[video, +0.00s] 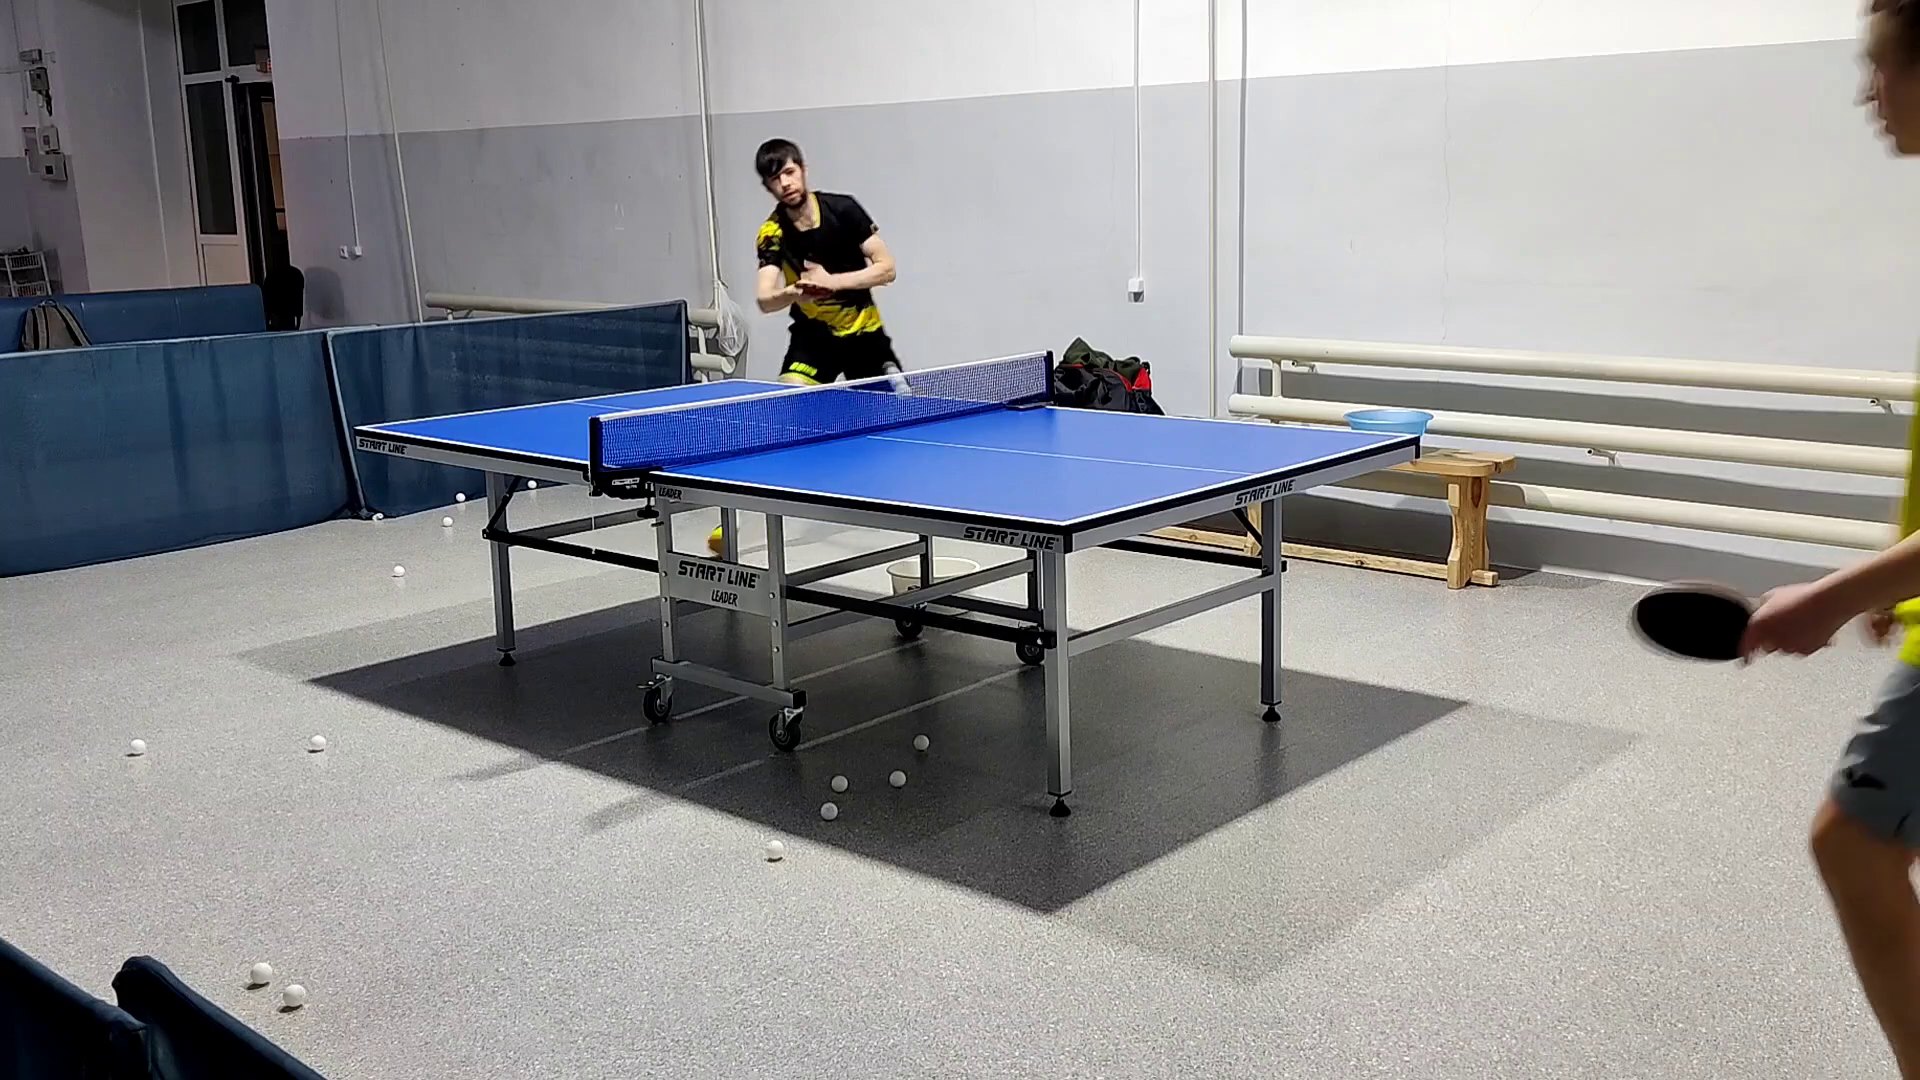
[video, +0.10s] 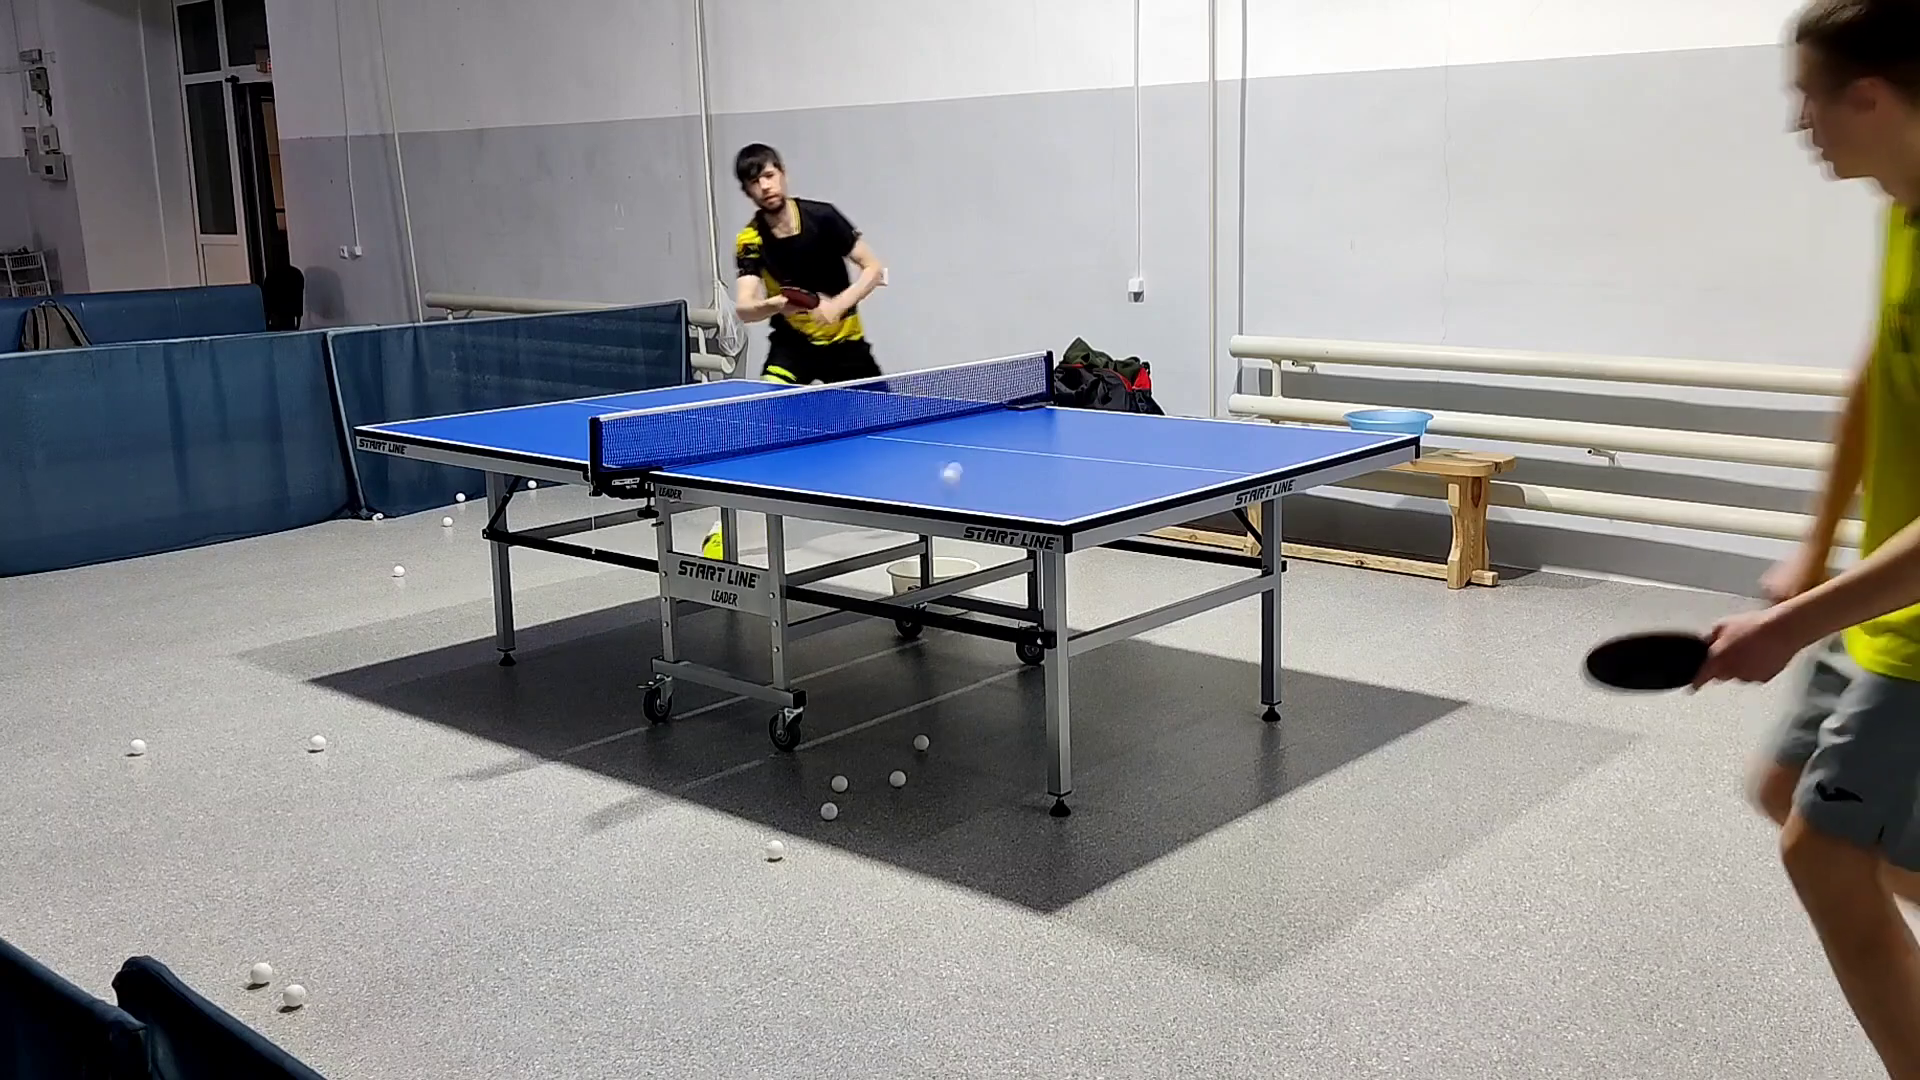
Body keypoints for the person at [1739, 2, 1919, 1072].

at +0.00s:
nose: (1869, 87)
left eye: (1884, 60)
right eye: (1871, 61)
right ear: (1905, 69)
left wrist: (1844, 592)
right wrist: (1896, 579)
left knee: (1855, 842)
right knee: (1868, 842)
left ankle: (1913, 1058)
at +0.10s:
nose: (1804, 127)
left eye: (1811, 102)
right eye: (1801, 104)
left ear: (1878, 96)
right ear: (1874, 101)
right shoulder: (1901, 211)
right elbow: (1874, 385)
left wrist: (1805, 620)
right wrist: (1817, 543)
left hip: (1919, 623)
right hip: (1876, 601)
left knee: (1829, 853)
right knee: (1783, 787)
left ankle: (1908, 1064)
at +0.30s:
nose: (1634, 148)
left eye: (1647, 125)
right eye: (1632, 125)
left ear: (1714, 114)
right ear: (1712, 115)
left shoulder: (1851, 239)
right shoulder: (1752, 203)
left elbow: (1865, 494)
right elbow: (1729, 364)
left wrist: (1702, 619)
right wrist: (1685, 529)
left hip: (1874, 617)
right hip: (1790, 591)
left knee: (1816, 848)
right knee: (1656, 733)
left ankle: (1911, 1069)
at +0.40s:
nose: (1549, 194)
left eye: (1559, 171)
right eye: (1545, 172)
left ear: (1622, 157)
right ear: (1623, 157)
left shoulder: (1765, 272)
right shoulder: (1667, 242)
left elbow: (1764, 518)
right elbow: (1643, 385)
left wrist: (1611, 626)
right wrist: (1631, 535)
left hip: (1845, 594)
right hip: (1751, 575)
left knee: (1772, 850)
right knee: (1597, 729)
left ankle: (1906, 1067)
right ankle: (1580, 986)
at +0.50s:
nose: (1472, 256)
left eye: (1478, 233)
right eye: (1468, 234)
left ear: (1541, 219)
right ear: (1544, 215)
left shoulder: (1678, 315)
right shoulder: (1607, 276)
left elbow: (1644, 557)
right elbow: (1581, 415)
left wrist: (1482, 651)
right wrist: (1567, 554)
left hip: (1783, 593)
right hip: (1697, 569)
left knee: (1697, 864)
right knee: (1546, 726)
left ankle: (1890, 1067)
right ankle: (1575, 984)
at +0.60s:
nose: (1419, 302)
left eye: (1422, 280)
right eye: (1413, 282)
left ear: (1482, 266)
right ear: (1501, 249)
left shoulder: (1579, 384)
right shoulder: (1612, 262)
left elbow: (1500, 599)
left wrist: (1331, 689)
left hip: (1746, 613)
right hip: (1684, 572)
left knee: (1648, 870)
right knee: (1526, 720)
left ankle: (1881, 1066)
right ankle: (1574, 983)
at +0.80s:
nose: (1393, 293)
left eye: (1390, 273)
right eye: (1385, 274)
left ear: (1434, 266)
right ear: (1493, 234)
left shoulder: (1503, 386)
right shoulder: (1596, 257)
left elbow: (1441, 543)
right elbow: (1669, 402)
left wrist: (1352, 577)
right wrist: (1583, 510)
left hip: (1715, 615)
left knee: (1638, 871)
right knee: (1524, 714)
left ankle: (1879, 1065)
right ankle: (1572, 982)